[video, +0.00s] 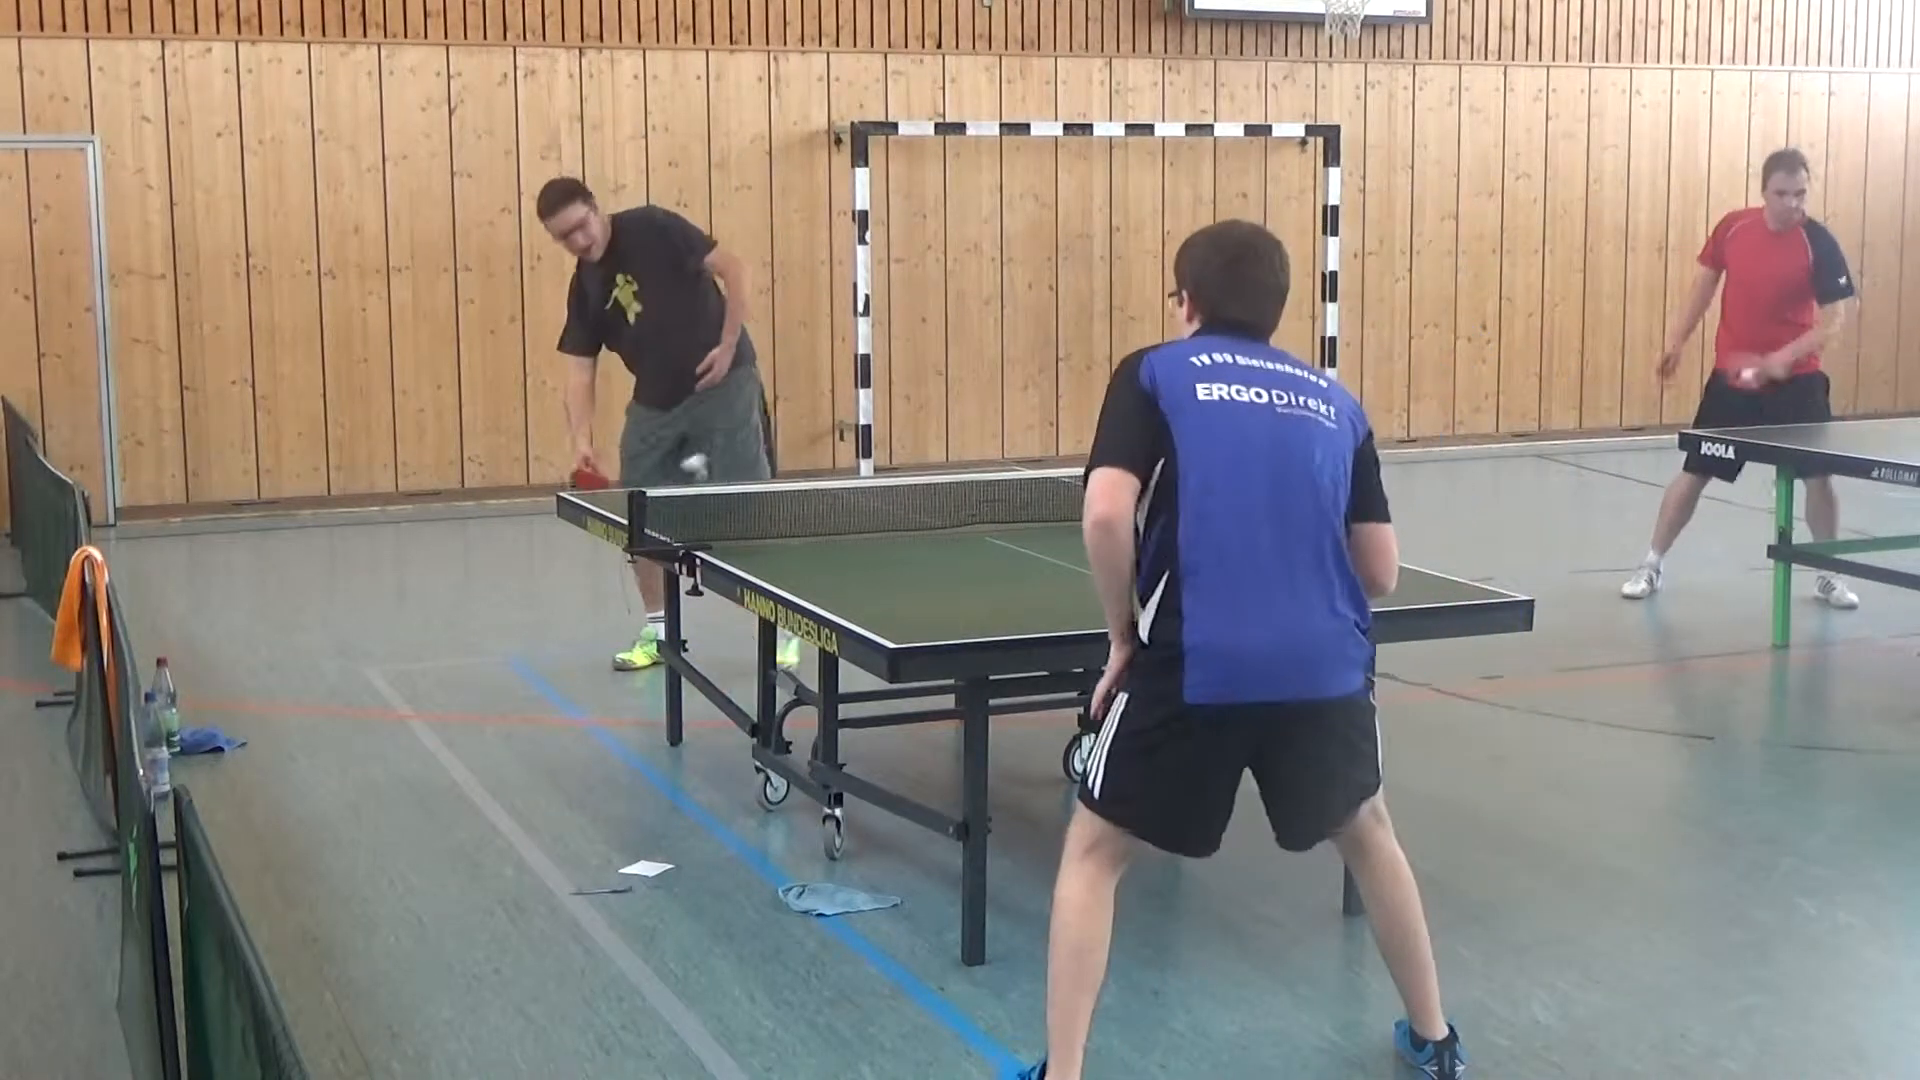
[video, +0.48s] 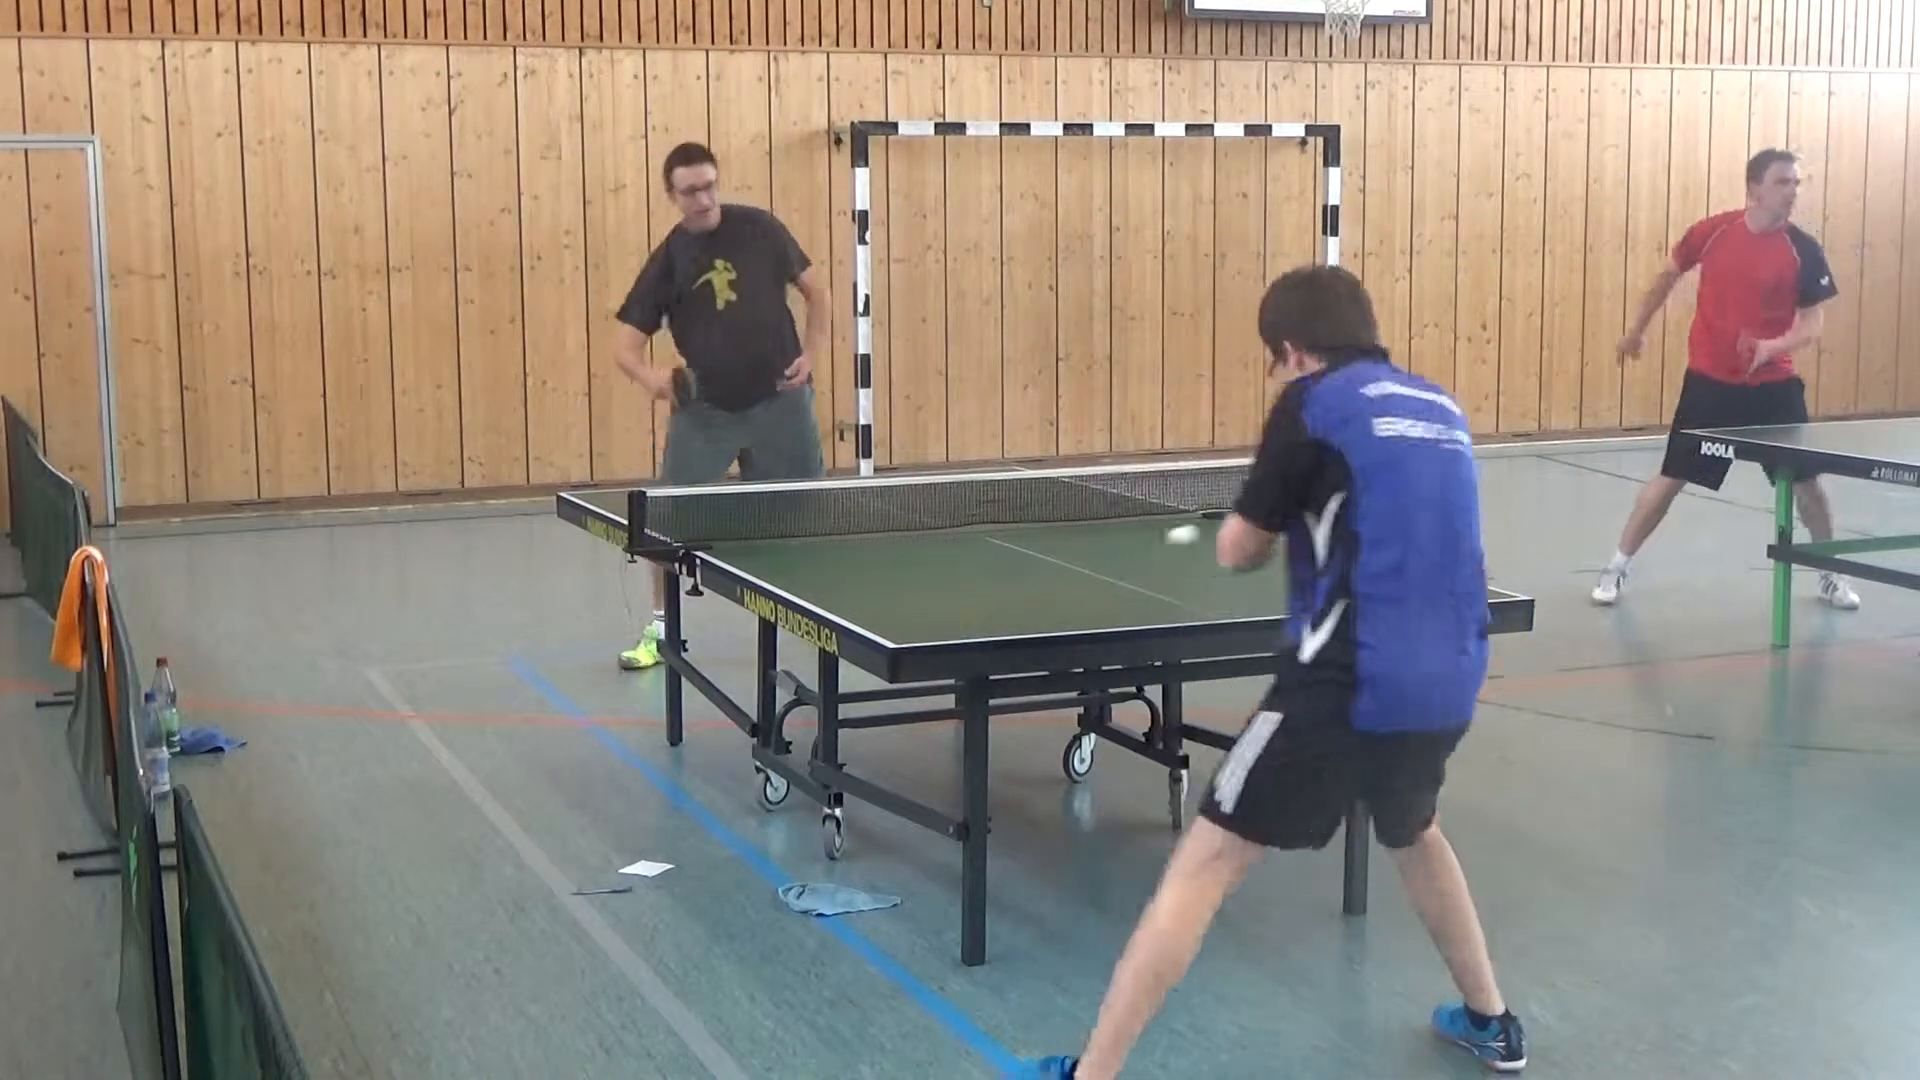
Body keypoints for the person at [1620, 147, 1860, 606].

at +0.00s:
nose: (1794, 202)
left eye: (1801, 192)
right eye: (1784, 193)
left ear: (1809, 191)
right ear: (1764, 192)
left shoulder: (1818, 241)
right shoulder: (1733, 228)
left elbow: (1833, 325)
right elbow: (1703, 289)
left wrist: (1782, 357)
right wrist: (1675, 344)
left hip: (1797, 382)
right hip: (1732, 379)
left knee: (1818, 476)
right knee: (1695, 472)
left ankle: (1827, 574)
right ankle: (1651, 565)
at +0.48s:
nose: (1794, 191)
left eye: (1796, 183)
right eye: (1784, 183)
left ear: (1796, 188)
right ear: (1755, 187)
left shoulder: (1803, 250)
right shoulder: (1713, 233)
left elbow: (1811, 328)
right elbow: (1668, 276)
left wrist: (1771, 345)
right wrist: (1637, 330)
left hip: (1775, 387)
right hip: (1709, 384)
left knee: (1808, 483)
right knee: (1671, 478)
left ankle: (1830, 570)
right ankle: (1617, 566)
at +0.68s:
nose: (1764, 176)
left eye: (1766, 168)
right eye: (1754, 168)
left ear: (1765, 173)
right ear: (1724, 171)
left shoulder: (1769, 229)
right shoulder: (1681, 218)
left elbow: (1778, 294)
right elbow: (1617, 258)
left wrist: (1762, 327)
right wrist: (1579, 312)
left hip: (1741, 371)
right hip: (1679, 369)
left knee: (1765, 461)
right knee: (1651, 463)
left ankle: (1782, 562)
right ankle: (1603, 562)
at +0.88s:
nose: (1743, 187)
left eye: (1745, 180)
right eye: (1733, 180)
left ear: (1745, 183)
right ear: (1704, 183)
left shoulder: (1748, 240)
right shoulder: (1667, 231)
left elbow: (1754, 311)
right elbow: (1602, 276)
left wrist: (1742, 353)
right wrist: (1555, 328)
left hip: (1723, 383)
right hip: (1666, 381)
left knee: (1745, 471)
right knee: (1629, 477)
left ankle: (1728, 563)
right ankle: (1557, 560)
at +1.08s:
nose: (1742, 207)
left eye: (1744, 199)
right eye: (1735, 197)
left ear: (1722, 203)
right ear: (1706, 196)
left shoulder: (1714, 260)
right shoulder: (1664, 235)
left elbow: (1719, 325)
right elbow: (1609, 280)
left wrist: (1785, 354)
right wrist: (1566, 342)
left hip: (1692, 391)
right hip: (1641, 385)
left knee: (1727, 476)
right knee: (1614, 485)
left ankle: (1724, 564)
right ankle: (1542, 559)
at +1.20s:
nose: (1748, 193)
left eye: (1749, 186)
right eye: (1741, 184)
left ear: (1735, 192)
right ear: (1711, 185)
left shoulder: (1735, 255)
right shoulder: (1672, 218)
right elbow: (1608, 259)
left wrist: (1845, 353)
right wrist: (1562, 315)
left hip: (1686, 374)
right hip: (1634, 365)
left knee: (1709, 463)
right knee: (1602, 465)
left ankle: (1704, 563)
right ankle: (1528, 562)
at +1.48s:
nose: (1729, 167)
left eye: (1730, 160)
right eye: (1718, 160)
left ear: (1729, 169)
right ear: (1691, 169)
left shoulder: (1733, 236)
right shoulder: (1652, 214)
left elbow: (1758, 304)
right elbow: (1595, 262)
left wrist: (1787, 366)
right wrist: (1553, 314)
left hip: (1695, 371)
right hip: (1640, 365)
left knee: (1704, 467)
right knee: (1613, 462)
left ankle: (1704, 563)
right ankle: (1565, 563)